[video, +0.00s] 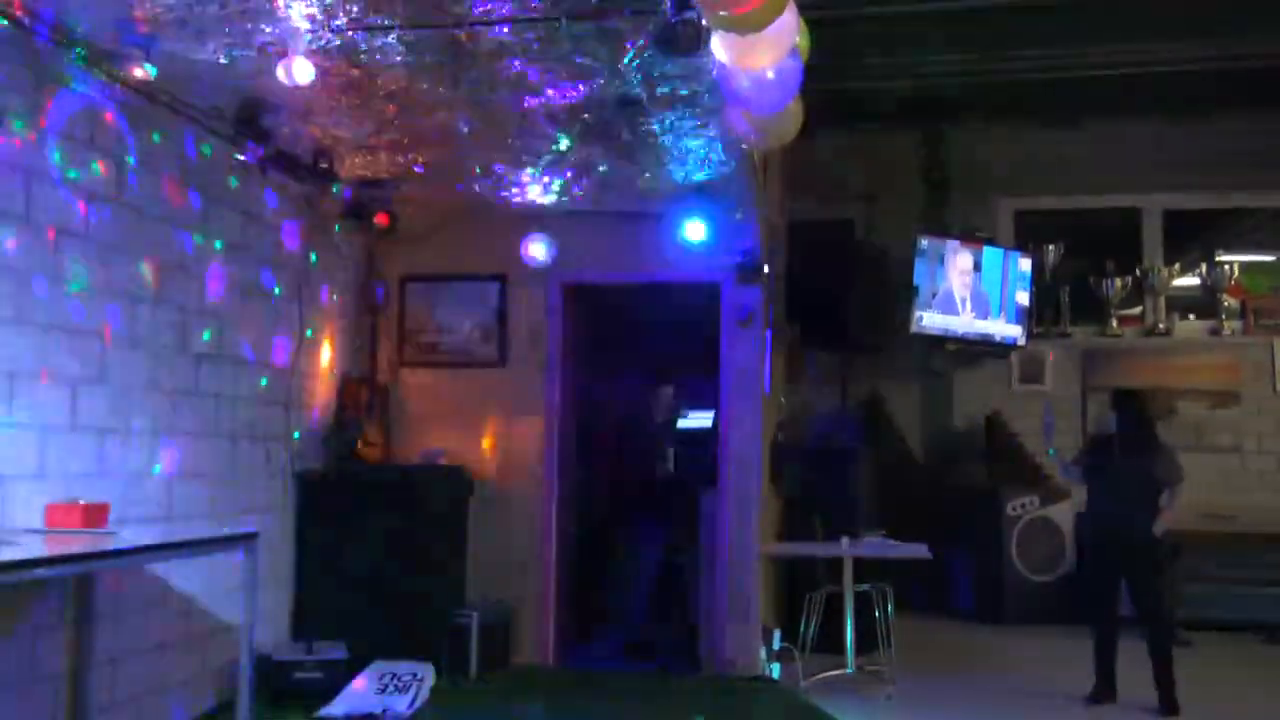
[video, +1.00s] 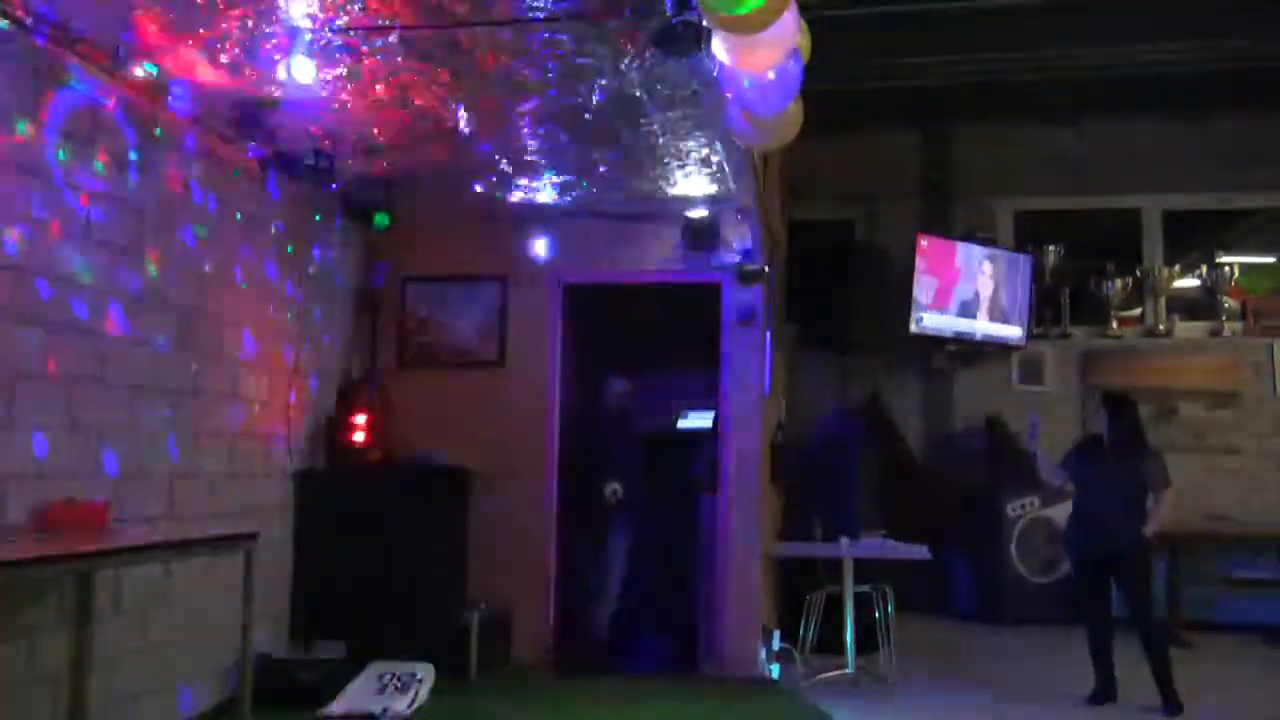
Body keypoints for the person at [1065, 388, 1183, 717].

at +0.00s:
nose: (1122, 420)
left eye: (1120, 411)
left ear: (1115, 414)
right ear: (1145, 414)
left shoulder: (1101, 446)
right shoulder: (1156, 449)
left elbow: (1074, 475)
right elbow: (1175, 487)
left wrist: (1055, 458)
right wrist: (1160, 524)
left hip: (1102, 543)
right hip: (1141, 543)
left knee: (1103, 617)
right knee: (1155, 620)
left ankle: (1104, 688)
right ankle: (1167, 697)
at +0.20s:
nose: (1107, 421)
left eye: (1107, 414)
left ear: (1106, 417)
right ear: (1136, 418)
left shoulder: (1092, 447)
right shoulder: (1146, 452)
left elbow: (1060, 480)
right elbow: (1163, 494)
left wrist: (1041, 458)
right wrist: (1147, 525)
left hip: (1092, 543)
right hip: (1131, 542)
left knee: (1097, 615)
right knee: (1143, 616)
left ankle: (1104, 685)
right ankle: (1164, 693)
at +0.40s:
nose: (1103, 419)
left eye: (1102, 412)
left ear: (1099, 415)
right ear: (1129, 415)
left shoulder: (1083, 445)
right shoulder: (1138, 449)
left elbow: (1050, 477)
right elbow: (1157, 491)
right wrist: (1143, 524)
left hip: (1085, 541)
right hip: (1124, 540)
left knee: (1094, 616)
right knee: (1139, 616)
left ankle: (1103, 685)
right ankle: (1161, 693)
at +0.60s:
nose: (1096, 419)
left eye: (1097, 412)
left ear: (1096, 415)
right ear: (1127, 415)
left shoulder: (1081, 446)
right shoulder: (1136, 449)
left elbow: (1048, 477)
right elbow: (1154, 492)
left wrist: (1027, 445)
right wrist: (1140, 524)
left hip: (1084, 542)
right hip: (1124, 541)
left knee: (1093, 616)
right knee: (1138, 615)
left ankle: (1103, 685)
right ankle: (1161, 692)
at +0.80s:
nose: (1106, 424)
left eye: (1105, 415)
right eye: (1110, 415)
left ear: (1097, 417)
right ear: (1128, 417)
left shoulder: (1078, 448)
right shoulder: (1138, 453)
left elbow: (1048, 476)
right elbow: (1157, 492)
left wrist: (1024, 438)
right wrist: (1142, 526)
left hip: (1083, 542)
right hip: (1124, 542)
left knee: (1092, 617)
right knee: (1139, 615)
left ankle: (1103, 686)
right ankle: (1165, 693)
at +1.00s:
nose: (1101, 422)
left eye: (1103, 415)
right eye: (1106, 414)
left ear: (1102, 418)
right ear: (1133, 418)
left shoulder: (1087, 449)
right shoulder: (1143, 453)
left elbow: (1055, 481)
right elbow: (1163, 494)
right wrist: (1149, 528)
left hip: (1089, 544)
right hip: (1131, 543)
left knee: (1096, 619)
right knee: (1145, 619)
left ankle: (1104, 687)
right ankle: (1168, 694)